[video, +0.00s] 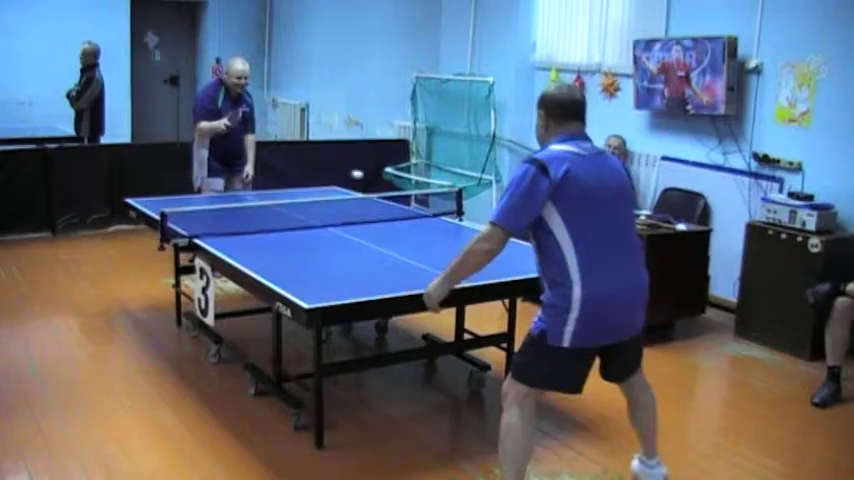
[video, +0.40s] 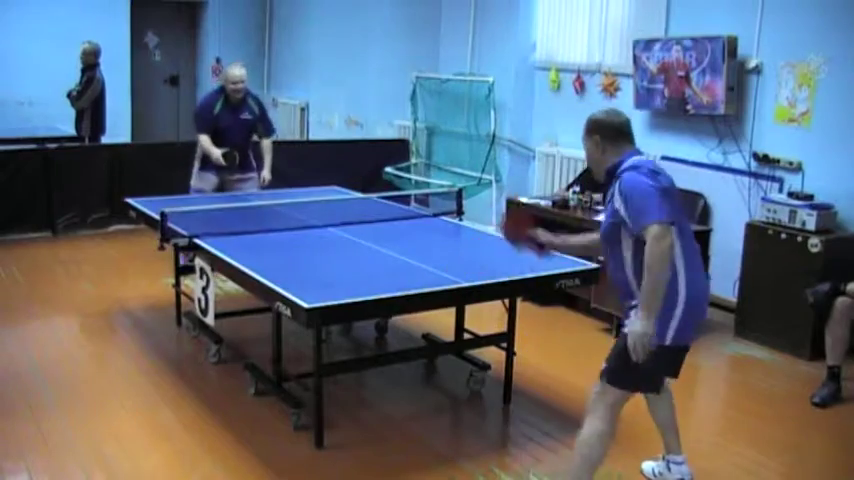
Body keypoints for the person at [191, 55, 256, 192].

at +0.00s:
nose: (242, 83)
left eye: (245, 78)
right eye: (238, 78)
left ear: (248, 78)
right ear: (225, 76)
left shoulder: (246, 98)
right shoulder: (209, 94)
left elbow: (249, 134)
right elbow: (200, 127)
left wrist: (250, 164)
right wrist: (219, 125)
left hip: (238, 158)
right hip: (214, 158)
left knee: (238, 207)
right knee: (211, 207)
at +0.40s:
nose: (238, 87)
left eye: (241, 82)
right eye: (233, 83)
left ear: (246, 82)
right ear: (224, 83)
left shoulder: (254, 103)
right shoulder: (210, 103)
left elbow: (266, 137)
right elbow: (202, 134)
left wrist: (266, 169)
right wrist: (214, 152)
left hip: (243, 167)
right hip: (210, 167)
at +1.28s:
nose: (282, 121)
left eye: (286, 119)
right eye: (285, 117)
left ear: (279, 104)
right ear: (281, 109)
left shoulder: (261, 111)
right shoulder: (256, 112)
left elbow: (251, 141)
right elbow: (240, 147)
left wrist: (255, 158)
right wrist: (240, 179)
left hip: (231, 163)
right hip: (212, 162)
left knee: (252, 197)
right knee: (201, 206)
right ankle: (173, 246)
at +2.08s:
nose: (318, 100)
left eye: (321, 97)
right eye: (320, 95)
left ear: (314, 86)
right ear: (316, 89)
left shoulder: (300, 97)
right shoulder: (294, 96)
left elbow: (294, 134)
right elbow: (283, 131)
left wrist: (297, 159)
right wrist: (283, 163)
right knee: (271, 189)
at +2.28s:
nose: (324, 93)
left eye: (327, 90)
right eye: (327, 90)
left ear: (313, 77)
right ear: (324, 84)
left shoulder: (291, 88)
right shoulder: (311, 95)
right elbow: (312, 134)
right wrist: (317, 167)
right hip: (290, 150)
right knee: (302, 193)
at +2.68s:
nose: (338, 84)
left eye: (338, 81)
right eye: (339, 81)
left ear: (321, 73)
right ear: (337, 78)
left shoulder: (303, 90)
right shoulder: (335, 93)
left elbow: (300, 124)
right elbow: (341, 127)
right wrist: (349, 156)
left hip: (298, 149)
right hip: (321, 151)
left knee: (309, 193)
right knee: (329, 194)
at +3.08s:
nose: (351, 81)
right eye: (351, 78)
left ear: (334, 74)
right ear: (350, 77)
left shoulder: (317, 89)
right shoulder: (352, 94)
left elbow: (306, 117)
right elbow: (359, 124)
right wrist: (360, 148)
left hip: (316, 149)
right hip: (341, 150)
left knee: (320, 194)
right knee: (346, 193)